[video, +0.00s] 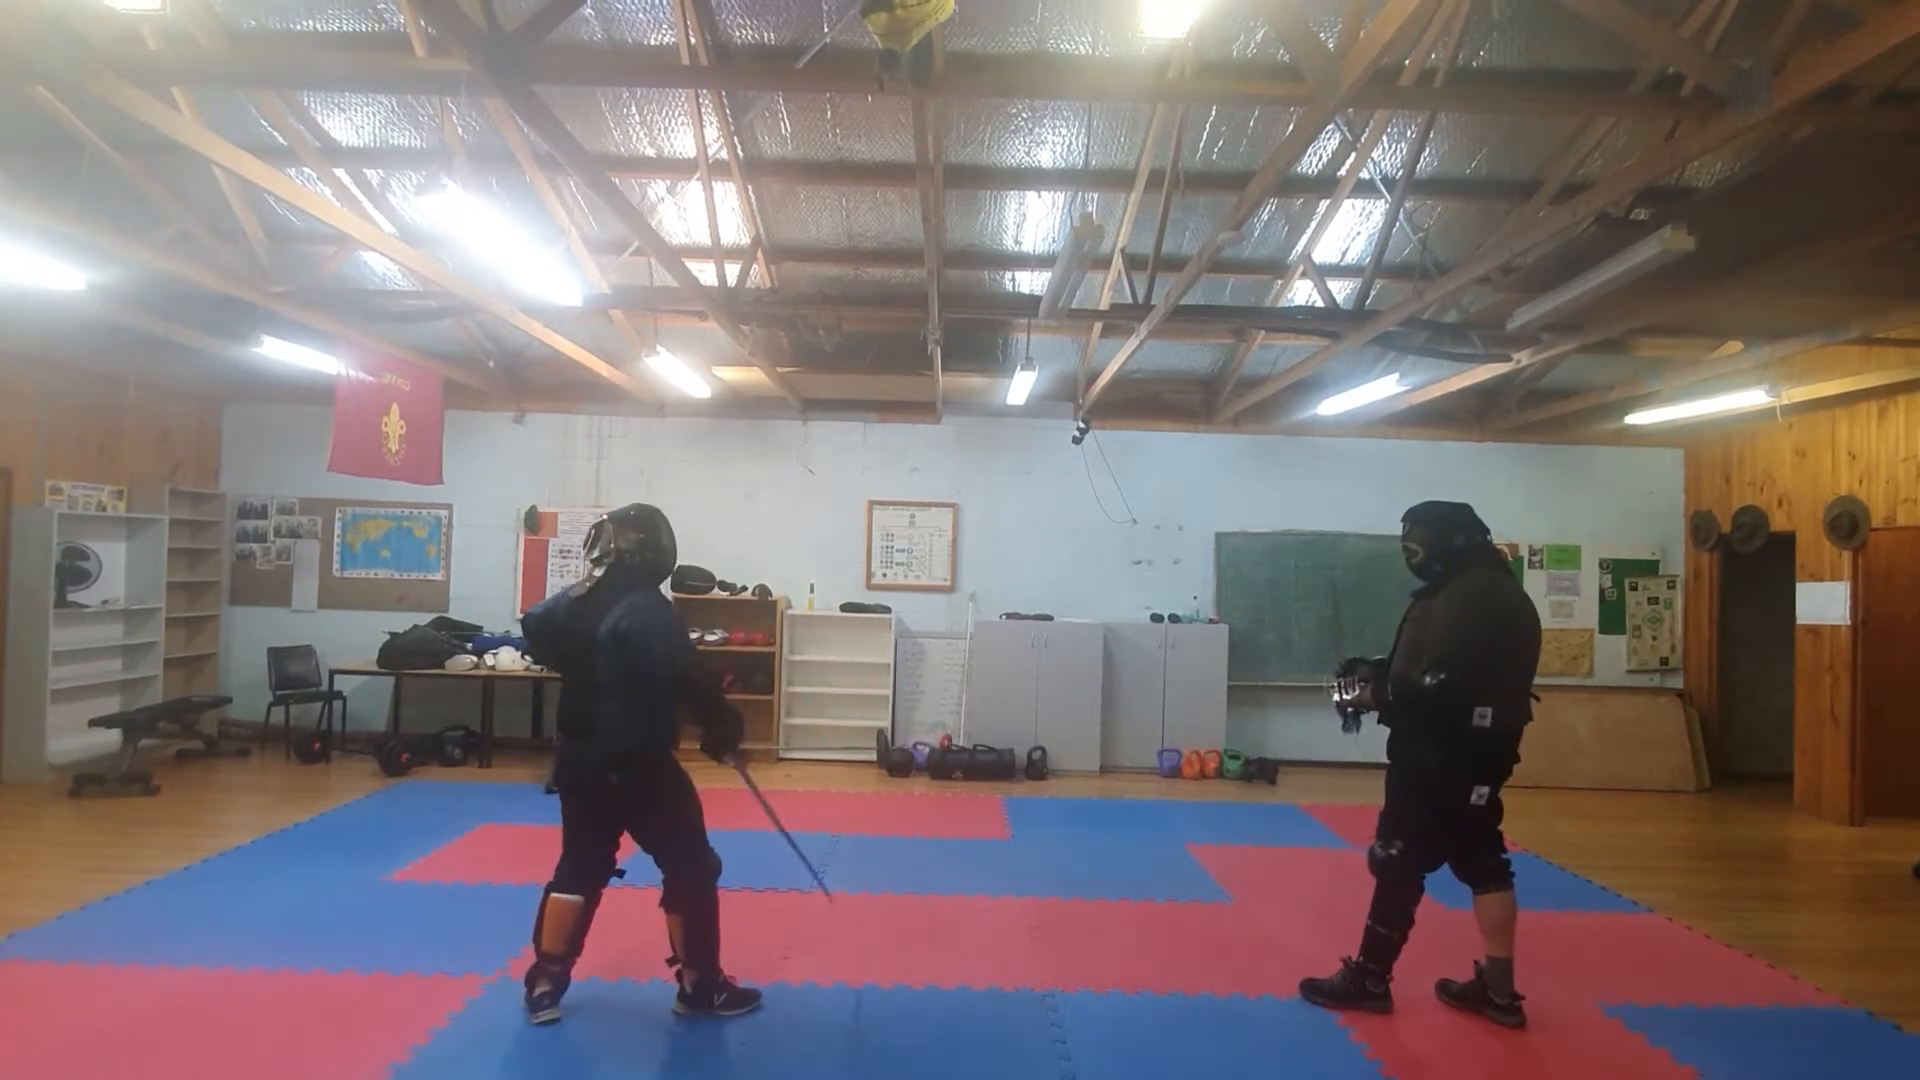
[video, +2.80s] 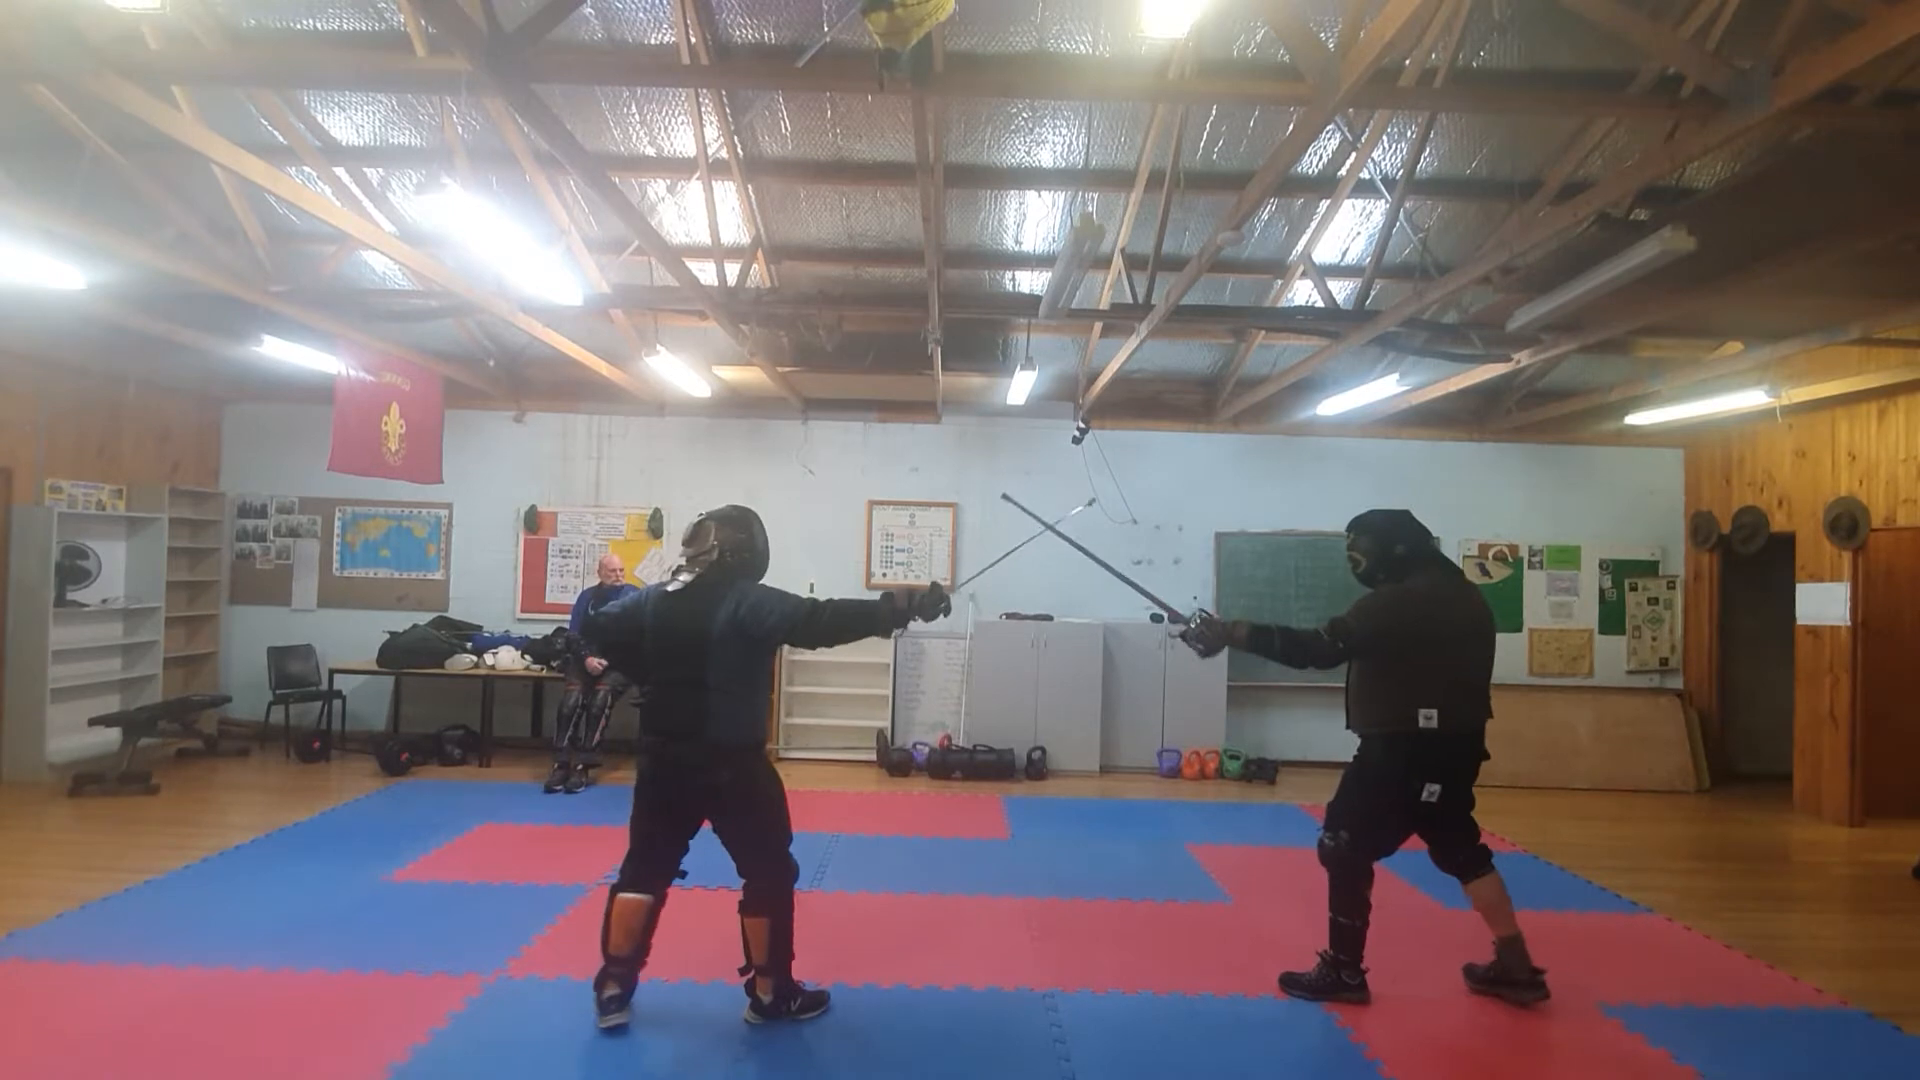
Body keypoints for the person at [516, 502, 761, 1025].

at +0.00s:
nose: (668, 559)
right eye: (666, 550)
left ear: (607, 549)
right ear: (657, 552)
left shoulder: (579, 603)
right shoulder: (650, 611)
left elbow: (534, 624)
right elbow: (687, 677)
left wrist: (584, 668)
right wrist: (724, 725)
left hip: (580, 768)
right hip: (644, 769)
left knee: (580, 865)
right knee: (691, 865)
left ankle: (546, 981)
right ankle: (700, 983)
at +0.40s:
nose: (677, 562)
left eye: (676, 553)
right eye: (674, 553)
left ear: (614, 548)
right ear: (662, 553)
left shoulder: (580, 602)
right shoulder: (655, 614)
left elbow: (536, 612)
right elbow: (672, 698)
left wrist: (576, 586)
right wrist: (731, 678)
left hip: (581, 766)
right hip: (645, 767)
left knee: (577, 865)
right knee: (688, 866)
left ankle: (545, 983)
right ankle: (700, 983)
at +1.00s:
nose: (668, 563)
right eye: (665, 554)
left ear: (603, 549)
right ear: (657, 555)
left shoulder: (569, 608)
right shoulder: (655, 613)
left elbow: (518, 624)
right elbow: (715, 660)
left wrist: (567, 596)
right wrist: (794, 642)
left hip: (583, 771)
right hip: (649, 770)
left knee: (578, 865)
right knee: (705, 858)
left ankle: (545, 982)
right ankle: (704, 980)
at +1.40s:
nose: (723, 566)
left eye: (661, 551)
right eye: (721, 557)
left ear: (657, 555)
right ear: (716, 559)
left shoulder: (621, 608)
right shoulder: (718, 616)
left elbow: (573, 624)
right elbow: (781, 652)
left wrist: (625, 590)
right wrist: (855, 635)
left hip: (635, 769)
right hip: (706, 772)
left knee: (602, 864)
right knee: (742, 866)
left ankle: (551, 978)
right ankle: (745, 983)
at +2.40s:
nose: (716, 567)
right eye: (715, 557)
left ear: (650, 551)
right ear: (708, 557)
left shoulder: (615, 609)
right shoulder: (708, 615)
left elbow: (567, 637)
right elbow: (767, 672)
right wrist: (841, 658)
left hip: (635, 774)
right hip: (706, 775)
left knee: (623, 868)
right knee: (754, 863)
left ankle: (591, 987)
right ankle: (761, 984)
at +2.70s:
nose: (757, 565)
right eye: (755, 555)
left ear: (691, 552)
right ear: (747, 555)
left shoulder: (651, 609)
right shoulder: (753, 608)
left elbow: (593, 626)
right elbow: (821, 632)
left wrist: (603, 593)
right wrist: (900, 620)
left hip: (663, 773)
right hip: (738, 773)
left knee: (635, 871)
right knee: (767, 871)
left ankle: (593, 988)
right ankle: (769, 992)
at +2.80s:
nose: (762, 563)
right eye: (760, 555)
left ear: (696, 551)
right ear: (750, 554)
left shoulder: (654, 604)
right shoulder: (754, 603)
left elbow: (600, 626)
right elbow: (825, 619)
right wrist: (908, 604)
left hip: (664, 767)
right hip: (737, 768)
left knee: (644, 867)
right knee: (768, 870)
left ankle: (613, 989)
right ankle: (769, 991)